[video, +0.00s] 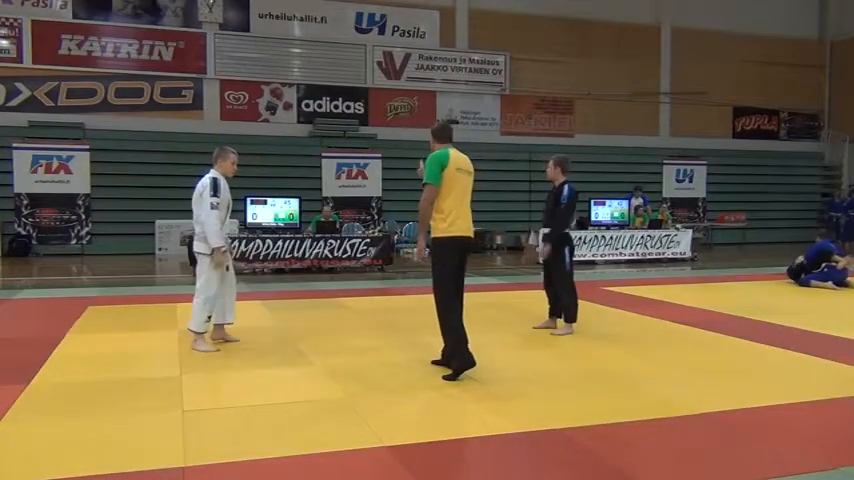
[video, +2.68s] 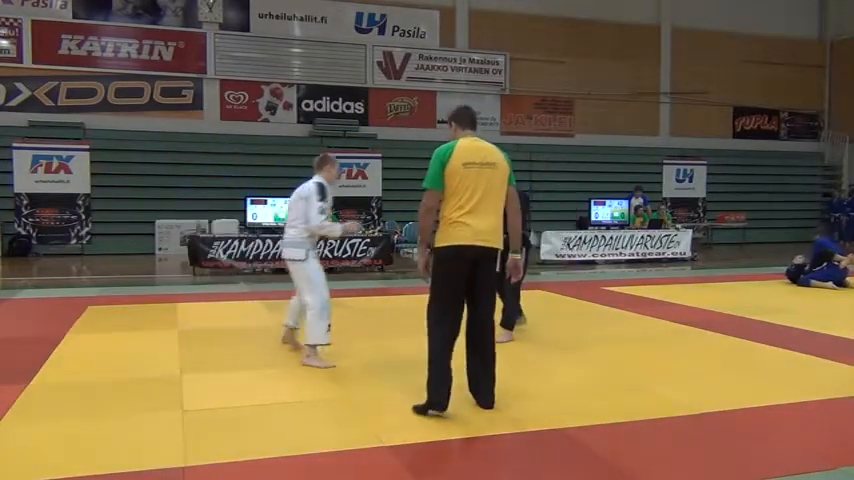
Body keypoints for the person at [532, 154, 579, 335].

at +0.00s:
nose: (547, 171)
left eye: (549, 168)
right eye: (547, 168)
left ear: (558, 169)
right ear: (557, 170)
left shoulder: (568, 190)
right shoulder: (553, 190)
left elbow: (563, 219)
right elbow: (548, 217)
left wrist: (551, 242)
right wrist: (542, 240)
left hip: (561, 239)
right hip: (549, 238)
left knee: (564, 280)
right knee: (550, 280)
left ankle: (569, 323)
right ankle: (552, 317)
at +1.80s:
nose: (526, 176)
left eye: (528, 172)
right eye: (525, 173)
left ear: (539, 171)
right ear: (530, 174)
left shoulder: (554, 189)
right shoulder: (534, 193)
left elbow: (563, 218)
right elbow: (532, 220)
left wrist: (544, 222)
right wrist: (517, 230)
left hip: (557, 243)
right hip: (541, 243)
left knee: (564, 282)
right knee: (535, 282)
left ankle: (569, 323)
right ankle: (527, 319)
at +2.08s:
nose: (506, 179)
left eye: (508, 175)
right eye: (505, 176)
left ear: (518, 173)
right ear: (515, 175)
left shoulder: (534, 190)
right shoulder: (517, 193)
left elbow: (538, 216)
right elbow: (513, 219)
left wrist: (535, 238)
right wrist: (500, 241)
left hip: (541, 238)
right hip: (525, 239)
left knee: (543, 281)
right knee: (523, 282)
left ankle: (560, 317)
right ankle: (524, 320)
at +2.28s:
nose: (502, 180)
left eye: (503, 176)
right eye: (501, 177)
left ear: (510, 173)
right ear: (507, 174)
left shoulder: (526, 189)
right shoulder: (509, 194)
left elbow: (534, 215)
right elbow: (510, 219)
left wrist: (530, 239)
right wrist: (504, 240)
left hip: (530, 237)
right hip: (516, 238)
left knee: (531, 280)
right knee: (518, 280)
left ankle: (542, 321)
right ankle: (523, 319)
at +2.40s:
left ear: (508, 176)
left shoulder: (523, 191)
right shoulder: (502, 194)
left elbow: (530, 219)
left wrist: (523, 242)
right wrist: (505, 242)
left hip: (528, 240)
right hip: (513, 240)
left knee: (526, 281)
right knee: (514, 282)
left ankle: (523, 322)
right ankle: (521, 318)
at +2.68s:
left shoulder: (519, 196)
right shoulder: (495, 195)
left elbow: (521, 221)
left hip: (517, 240)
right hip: (500, 239)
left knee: (512, 283)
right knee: (498, 280)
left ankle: (507, 327)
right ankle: (517, 312)